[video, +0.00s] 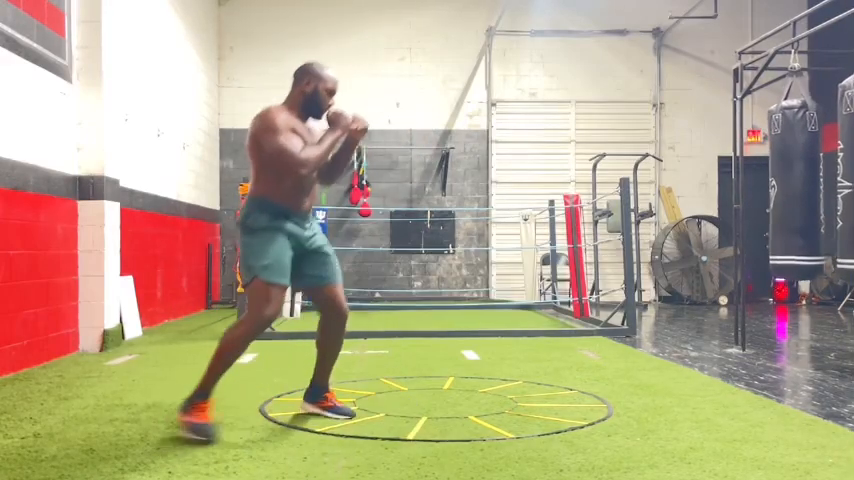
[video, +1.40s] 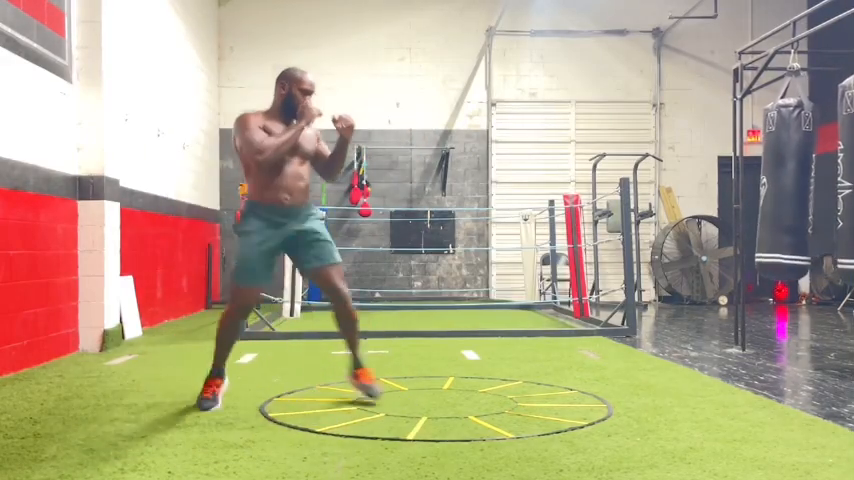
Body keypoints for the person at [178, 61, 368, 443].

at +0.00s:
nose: (331, 103)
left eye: (333, 97)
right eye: (328, 94)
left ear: (310, 87)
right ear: (305, 85)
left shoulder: (312, 129)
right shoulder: (270, 121)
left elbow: (328, 176)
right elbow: (304, 162)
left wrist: (352, 142)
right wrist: (338, 132)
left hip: (306, 226)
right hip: (268, 223)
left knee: (337, 311)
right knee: (264, 310)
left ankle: (318, 392)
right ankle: (197, 401)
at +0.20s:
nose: (298, 116)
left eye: (300, 109)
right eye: (295, 107)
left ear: (275, 99)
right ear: (273, 97)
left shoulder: (275, 143)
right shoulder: (242, 131)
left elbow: (281, 190)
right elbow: (275, 179)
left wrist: (311, 162)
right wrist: (304, 149)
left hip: (268, 240)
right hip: (230, 238)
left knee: (315, 316)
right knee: (223, 328)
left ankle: (316, 394)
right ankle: (159, 416)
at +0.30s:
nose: (285, 93)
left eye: (287, 88)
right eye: (282, 86)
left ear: (264, 78)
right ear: (261, 75)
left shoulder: (264, 121)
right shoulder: (227, 104)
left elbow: (262, 172)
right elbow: (261, 150)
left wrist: (293, 145)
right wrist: (291, 124)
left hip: (248, 217)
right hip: (209, 214)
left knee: (287, 301)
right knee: (199, 313)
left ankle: (302, 389)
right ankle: (157, 415)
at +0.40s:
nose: (273, 84)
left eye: (275, 78)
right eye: (271, 75)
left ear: (250, 67)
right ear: (247, 64)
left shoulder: (250, 110)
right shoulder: (215, 92)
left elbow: (256, 165)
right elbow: (252, 136)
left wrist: (286, 129)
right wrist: (279, 112)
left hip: (232, 209)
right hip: (194, 204)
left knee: (267, 292)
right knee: (189, 305)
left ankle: (254, 380)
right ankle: (151, 406)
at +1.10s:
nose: (289, 116)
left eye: (291, 109)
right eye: (285, 108)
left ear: (283, 109)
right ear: (262, 101)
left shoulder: (281, 146)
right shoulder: (227, 137)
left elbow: (305, 186)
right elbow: (240, 176)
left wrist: (321, 157)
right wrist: (284, 150)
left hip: (272, 238)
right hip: (229, 237)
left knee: (301, 307)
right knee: (201, 314)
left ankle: (300, 384)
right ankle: (148, 401)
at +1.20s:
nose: (298, 101)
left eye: (300, 95)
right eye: (294, 93)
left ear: (282, 91)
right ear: (271, 88)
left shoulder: (294, 131)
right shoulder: (238, 124)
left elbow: (324, 168)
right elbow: (253, 163)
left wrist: (333, 132)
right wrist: (292, 127)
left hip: (284, 224)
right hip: (243, 221)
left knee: (302, 302)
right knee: (218, 300)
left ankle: (300, 384)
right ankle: (173, 385)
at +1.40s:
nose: (309, 101)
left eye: (312, 95)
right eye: (305, 93)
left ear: (309, 96)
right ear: (283, 89)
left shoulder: (308, 133)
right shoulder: (250, 122)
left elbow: (330, 171)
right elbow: (263, 158)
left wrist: (344, 141)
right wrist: (301, 125)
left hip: (305, 221)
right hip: (260, 221)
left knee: (339, 291)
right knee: (242, 302)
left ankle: (359, 367)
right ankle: (216, 376)